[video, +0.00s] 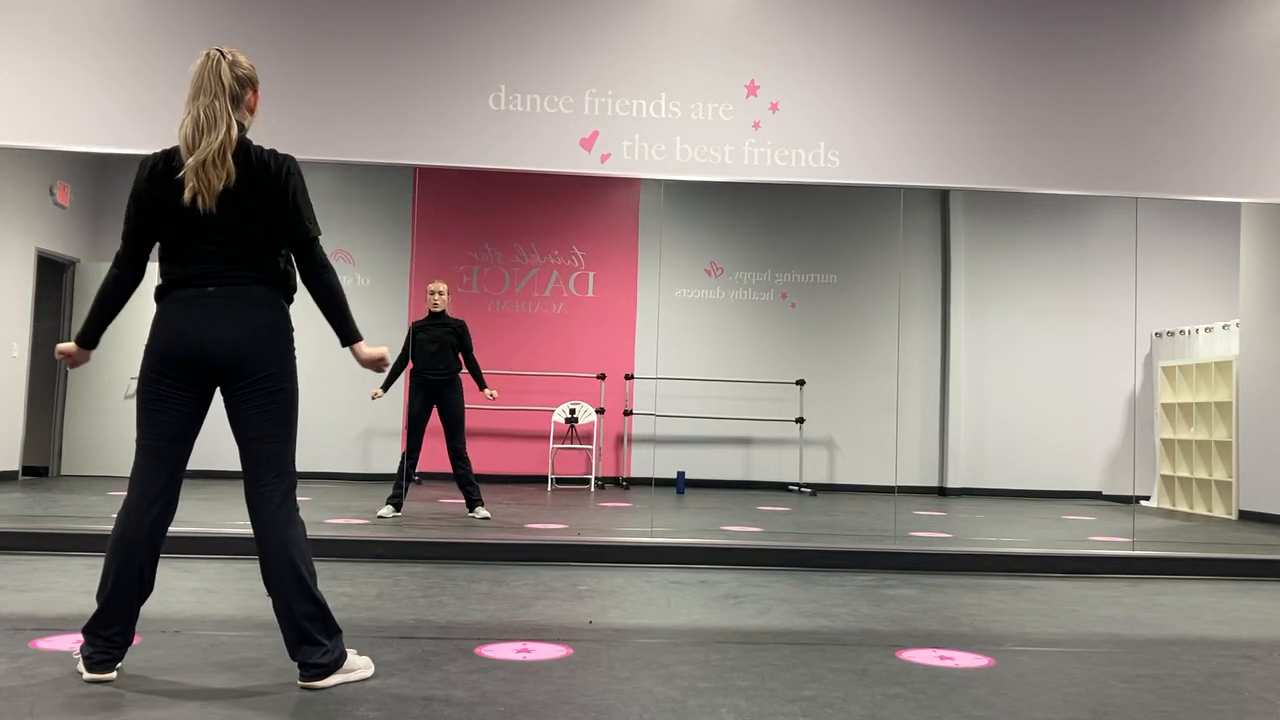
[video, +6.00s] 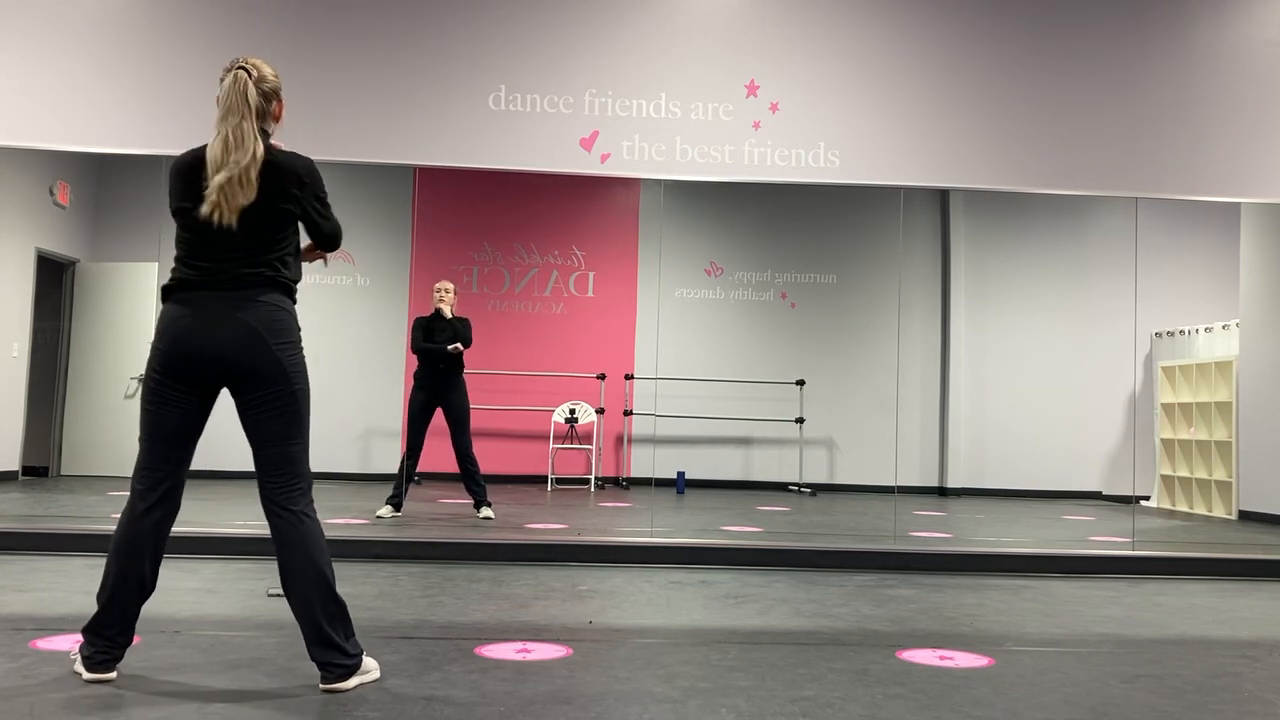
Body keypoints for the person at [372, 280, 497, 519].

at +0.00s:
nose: (436, 297)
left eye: (440, 293)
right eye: (432, 293)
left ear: (448, 298)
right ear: (426, 297)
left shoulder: (458, 326)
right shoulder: (417, 327)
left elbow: (469, 358)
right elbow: (402, 360)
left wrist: (484, 387)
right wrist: (383, 388)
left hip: (450, 390)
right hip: (420, 391)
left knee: (458, 448)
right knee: (411, 448)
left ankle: (475, 505)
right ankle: (394, 504)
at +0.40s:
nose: (435, 296)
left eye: (439, 293)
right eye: (431, 292)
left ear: (447, 297)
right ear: (425, 296)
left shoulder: (457, 323)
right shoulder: (414, 324)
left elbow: (461, 357)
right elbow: (406, 360)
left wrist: (453, 385)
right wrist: (405, 390)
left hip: (445, 391)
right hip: (417, 392)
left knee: (456, 449)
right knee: (410, 448)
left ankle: (474, 505)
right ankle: (394, 503)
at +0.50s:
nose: (435, 295)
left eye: (440, 292)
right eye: (431, 291)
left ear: (447, 297)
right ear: (425, 296)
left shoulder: (456, 322)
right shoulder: (414, 324)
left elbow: (460, 354)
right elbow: (405, 355)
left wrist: (441, 368)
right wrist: (417, 379)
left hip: (446, 388)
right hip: (418, 388)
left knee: (457, 446)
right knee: (408, 446)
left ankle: (475, 504)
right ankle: (393, 503)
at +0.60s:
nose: (436, 293)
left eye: (441, 290)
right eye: (433, 289)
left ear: (448, 296)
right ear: (426, 295)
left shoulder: (456, 321)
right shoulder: (416, 322)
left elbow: (460, 348)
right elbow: (409, 350)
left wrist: (436, 333)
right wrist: (436, 367)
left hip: (449, 387)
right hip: (421, 386)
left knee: (461, 445)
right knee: (410, 445)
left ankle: (481, 503)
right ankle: (393, 502)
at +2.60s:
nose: (442, 294)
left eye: (447, 291)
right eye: (438, 290)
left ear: (454, 299)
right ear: (431, 297)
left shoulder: (462, 322)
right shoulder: (420, 324)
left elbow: (466, 345)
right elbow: (416, 355)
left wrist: (451, 317)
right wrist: (448, 353)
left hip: (457, 390)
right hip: (427, 390)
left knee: (466, 448)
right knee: (413, 448)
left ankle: (482, 504)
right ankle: (394, 504)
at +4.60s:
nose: (444, 296)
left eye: (448, 293)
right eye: (440, 292)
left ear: (456, 299)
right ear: (434, 297)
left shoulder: (463, 324)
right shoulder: (421, 324)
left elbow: (469, 349)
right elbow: (418, 353)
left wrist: (453, 322)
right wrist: (450, 357)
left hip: (459, 391)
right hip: (430, 391)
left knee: (467, 449)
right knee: (415, 449)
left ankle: (482, 504)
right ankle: (394, 504)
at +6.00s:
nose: (441, 294)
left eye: (447, 291)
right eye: (438, 291)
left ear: (455, 298)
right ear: (432, 296)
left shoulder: (462, 322)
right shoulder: (421, 322)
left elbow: (466, 341)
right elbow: (416, 347)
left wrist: (450, 316)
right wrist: (446, 348)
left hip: (453, 389)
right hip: (424, 389)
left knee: (463, 448)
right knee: (412, 449)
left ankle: (482, 504)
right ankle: (394, 504)